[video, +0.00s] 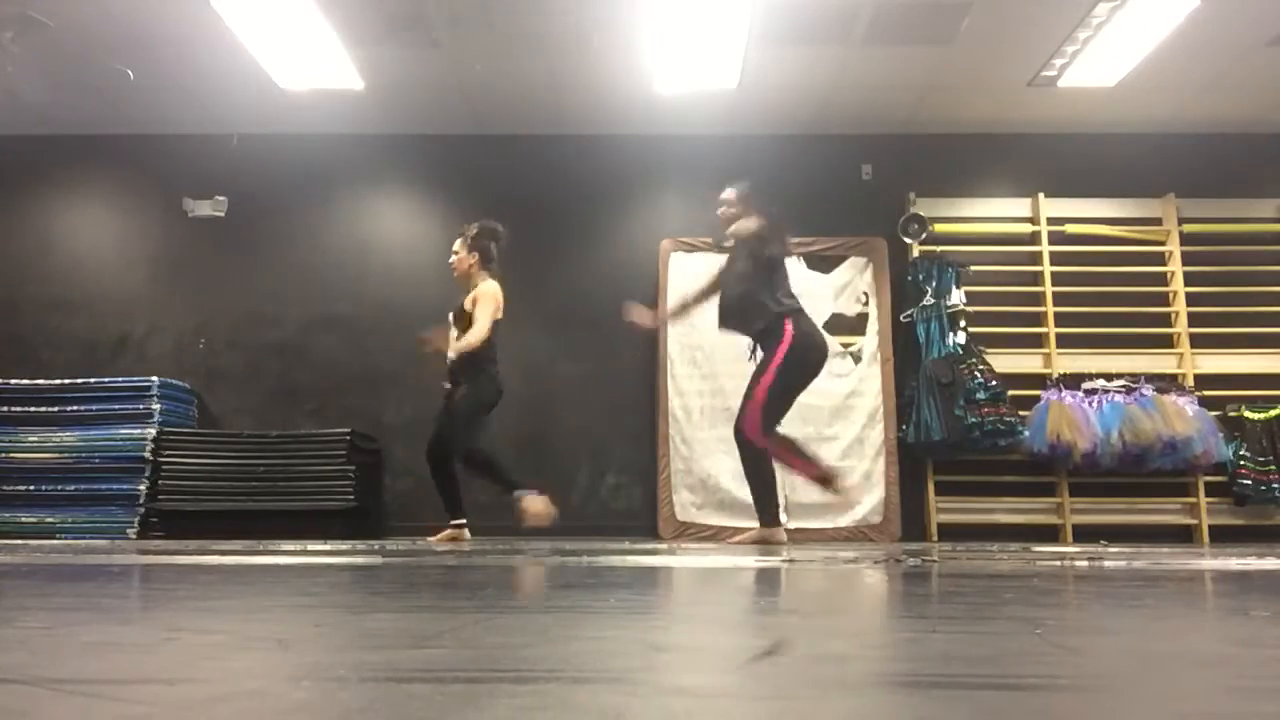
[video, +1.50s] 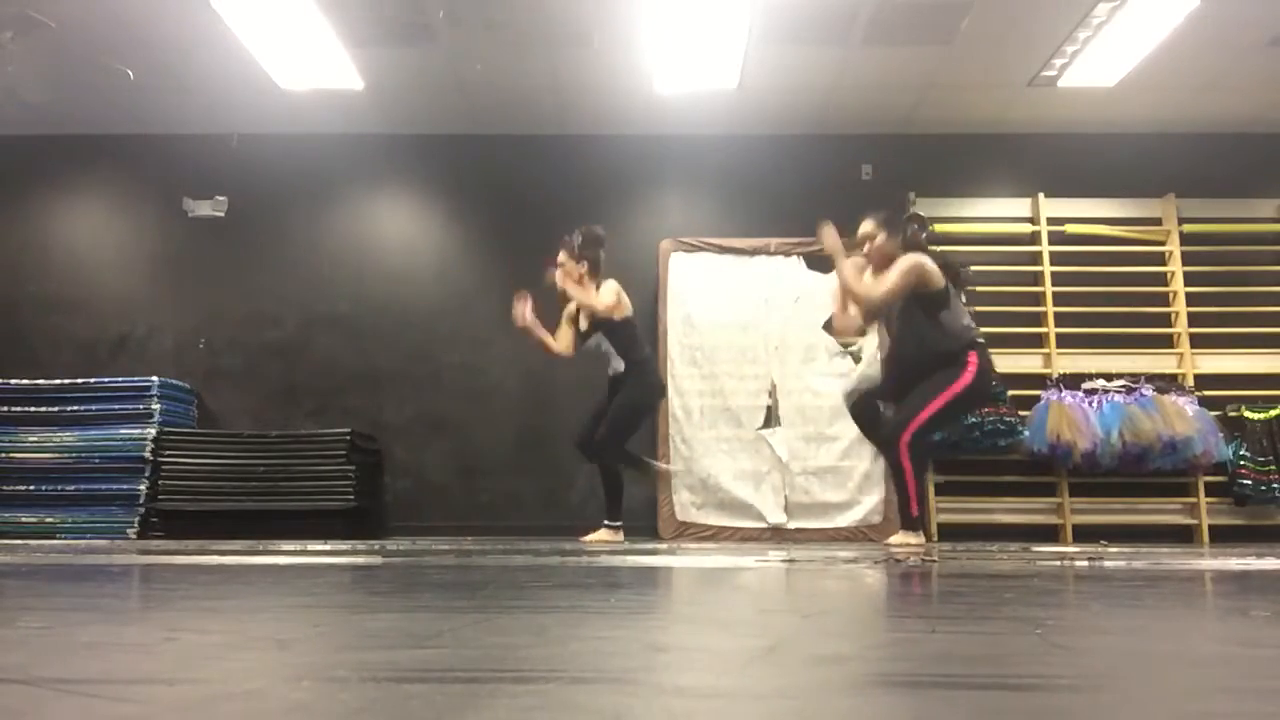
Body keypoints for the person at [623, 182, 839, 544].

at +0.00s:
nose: (720, 211)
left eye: (727, 205)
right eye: (719, 205)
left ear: (749, 207)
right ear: (725, 212)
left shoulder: (759, 232)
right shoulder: (737, 253)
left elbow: (758, 230)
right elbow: (704, 293)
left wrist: (744, 231)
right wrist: (660, 317)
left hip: (793, 338)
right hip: (779, 344)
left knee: (755, 428)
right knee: (747, 431)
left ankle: (832, 481)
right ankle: (770, 526)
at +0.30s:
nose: (795, 205)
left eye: (798, 200)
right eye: (786, 198)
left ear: (800, 208)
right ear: (763, 207)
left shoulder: (807, 244)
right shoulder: (738, 247)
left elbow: (861, 237)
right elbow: (689, 247)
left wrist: (912, 229)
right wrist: (650, 244)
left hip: (828, 332)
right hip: (787, 350)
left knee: (852, 415)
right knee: (751, 433)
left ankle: (907, 504)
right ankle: (770, 527)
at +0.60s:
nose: (849, 231)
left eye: (848, 224)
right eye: (841, 223)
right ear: (818, 228)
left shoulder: (841, 276)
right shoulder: (800, 262)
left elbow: (856, 269)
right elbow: (772, 256)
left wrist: (862, 256)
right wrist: (745, 247)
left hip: (847, 372)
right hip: (801, 374)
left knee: (885, 440)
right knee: (772, 452)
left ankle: (913, 522)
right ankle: (757, 528)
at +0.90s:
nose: (904, 210)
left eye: (909, 203)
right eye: (895, 204)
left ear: (916, 209)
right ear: (880, 212)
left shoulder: (915, 265)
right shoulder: (854, 245)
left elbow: (906, 317)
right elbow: (817, 291)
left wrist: (902, 341)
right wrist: (859, 321)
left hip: (878, 358)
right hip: (830, 350)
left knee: (892, 440)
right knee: (782, 430)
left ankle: (913, 529)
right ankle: (752, 518)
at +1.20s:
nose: (899, 180)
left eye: (907, 173)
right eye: (894, 175)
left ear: (923, 181)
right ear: (883, 182)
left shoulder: (925, 217)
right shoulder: (879, 212)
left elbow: (919, 192)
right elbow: (861, 170)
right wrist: (848, 123)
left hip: (901, 326)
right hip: (866, 315)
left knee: (891, 425)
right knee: (800, 288)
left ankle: (914, 528)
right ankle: (716, 321)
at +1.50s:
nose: (863, 250)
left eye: (869, 240)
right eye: (860, 243)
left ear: (894, 237)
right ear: (861, 246)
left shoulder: (914, 263)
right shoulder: (879, 280)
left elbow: (872, 295)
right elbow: (846, 326)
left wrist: (839, 254)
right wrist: (843, 272)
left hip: (962, 367)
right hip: (921, 372)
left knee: (903, 433)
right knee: (861, 404)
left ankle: (914, 530)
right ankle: (905, 457)